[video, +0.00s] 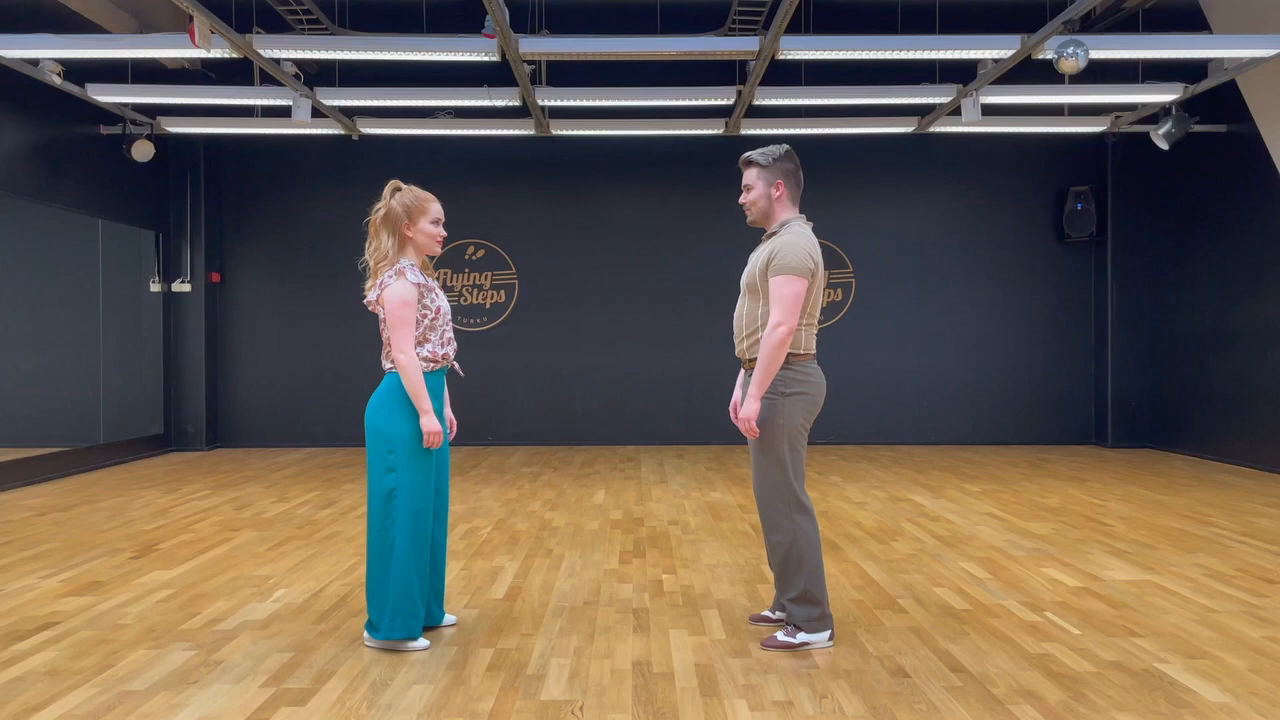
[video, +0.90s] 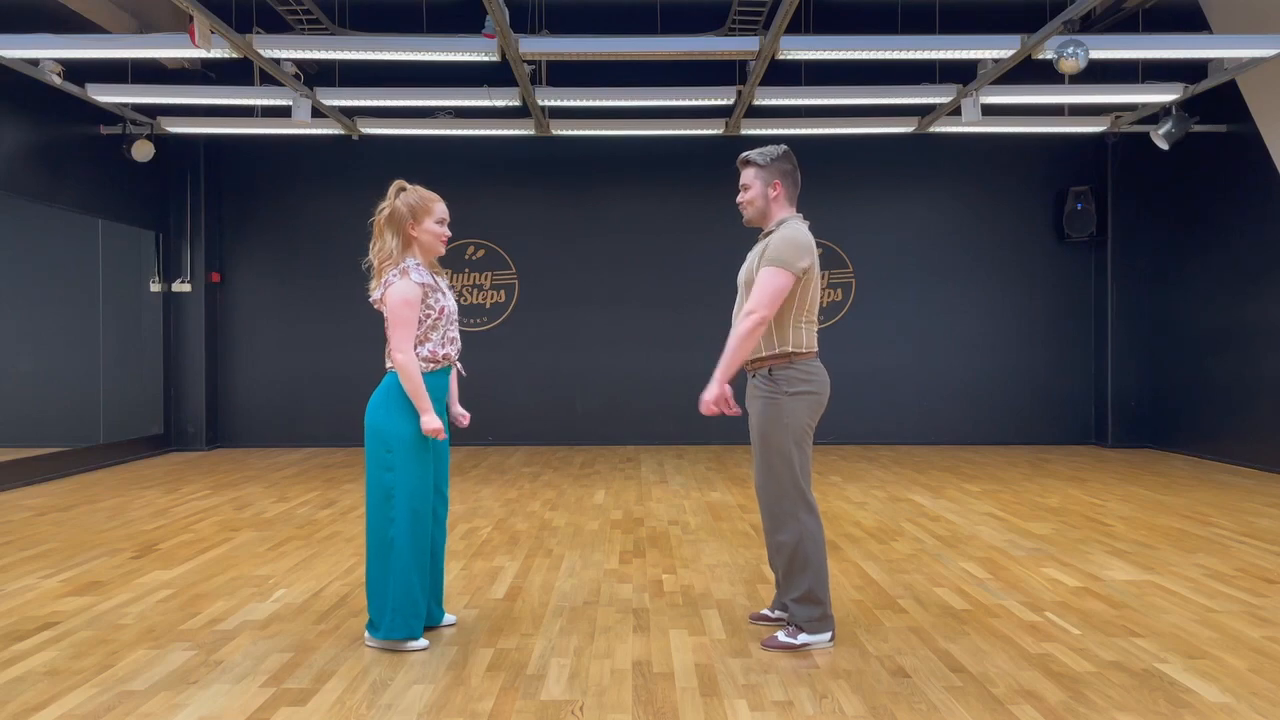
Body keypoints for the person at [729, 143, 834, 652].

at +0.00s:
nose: (742, 198)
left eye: (749, 188)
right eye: (742, 188)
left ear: (780, 189)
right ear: (776, 192)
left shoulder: (793, 244)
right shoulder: (776, 244)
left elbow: (783, 328)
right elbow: (762, 327)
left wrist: (755, 396)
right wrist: (742, 385)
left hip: (787, 384)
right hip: (773, 382)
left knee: (785, 503)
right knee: (777, 500)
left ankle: (811, 621)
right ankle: (794, 603)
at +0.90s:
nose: (739, 197)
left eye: (747, 188)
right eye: (740, 188)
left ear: (776, 188)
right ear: (771, 190)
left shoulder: (789, 239)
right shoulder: (770, 242)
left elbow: (757, 317)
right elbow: (747, 318)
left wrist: (720, 377)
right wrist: (722, 378)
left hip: (787, 383)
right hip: (772, 382)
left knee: (788, 499)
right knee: (779, 497)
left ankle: (812, 621)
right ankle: (794, 602)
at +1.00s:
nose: (732, 200)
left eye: (740, 190)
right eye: (733, 190)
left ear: (770, 191)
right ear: (765, 193)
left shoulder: (780, 238)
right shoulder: (768, 242)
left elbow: (723, 299)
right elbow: (726, 308)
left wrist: (670, 335)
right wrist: (684, 353)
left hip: (789, 383)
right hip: (771, 383)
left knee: (788, 500)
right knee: (775, 495)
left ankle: (814, 621)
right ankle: (792, 599)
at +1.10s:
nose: (722, 202)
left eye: (729, 192)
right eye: (722, 193)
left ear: (760, 193)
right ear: (756, 196)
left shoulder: (763, 243)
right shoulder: (758, 243)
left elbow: (689, 283)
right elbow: (696, 293)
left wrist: (664, 268)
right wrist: (647, 303)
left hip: (785, 383)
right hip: (772, 382)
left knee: (786, 495)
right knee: (765, 489)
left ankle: (815, 620)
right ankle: (780, 598)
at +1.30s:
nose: (699, 217)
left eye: (706, 208)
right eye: (697, 208)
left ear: (738, 210)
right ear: (735, 213)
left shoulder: (727, 261)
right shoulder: (752, 253)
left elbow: (669, 271)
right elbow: (668, 269)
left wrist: (694, 227)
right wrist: (653, 226)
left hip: (752, 390)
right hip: (786, 384)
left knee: (763, 503)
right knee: (753, 496)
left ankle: (814, 621)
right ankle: (744, 601)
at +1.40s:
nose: (683, 229)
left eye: (691, 220)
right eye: (681, 220)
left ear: (721, 222)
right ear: (719, 224)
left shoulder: (698, 271)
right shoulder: (743, 261)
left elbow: (661, 306)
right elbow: (677, 295)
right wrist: (649, 254)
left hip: (729, 398)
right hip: (772, 390)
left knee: (699, 504)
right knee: (756, 499)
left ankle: (768, 580)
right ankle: (749, 600)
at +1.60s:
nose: (720, 252)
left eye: (718, 245)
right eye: (719, 245)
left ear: (674, 240)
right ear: (713, 245)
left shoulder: (644, 284)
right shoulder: (729, 297)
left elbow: (595, 338)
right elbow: (739, 370)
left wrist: (570, 355)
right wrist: (742, 409)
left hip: (657, 409)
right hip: (713, 408)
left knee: (603, 480)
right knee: (730, 502)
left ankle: (588, 576)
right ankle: (746, 596)